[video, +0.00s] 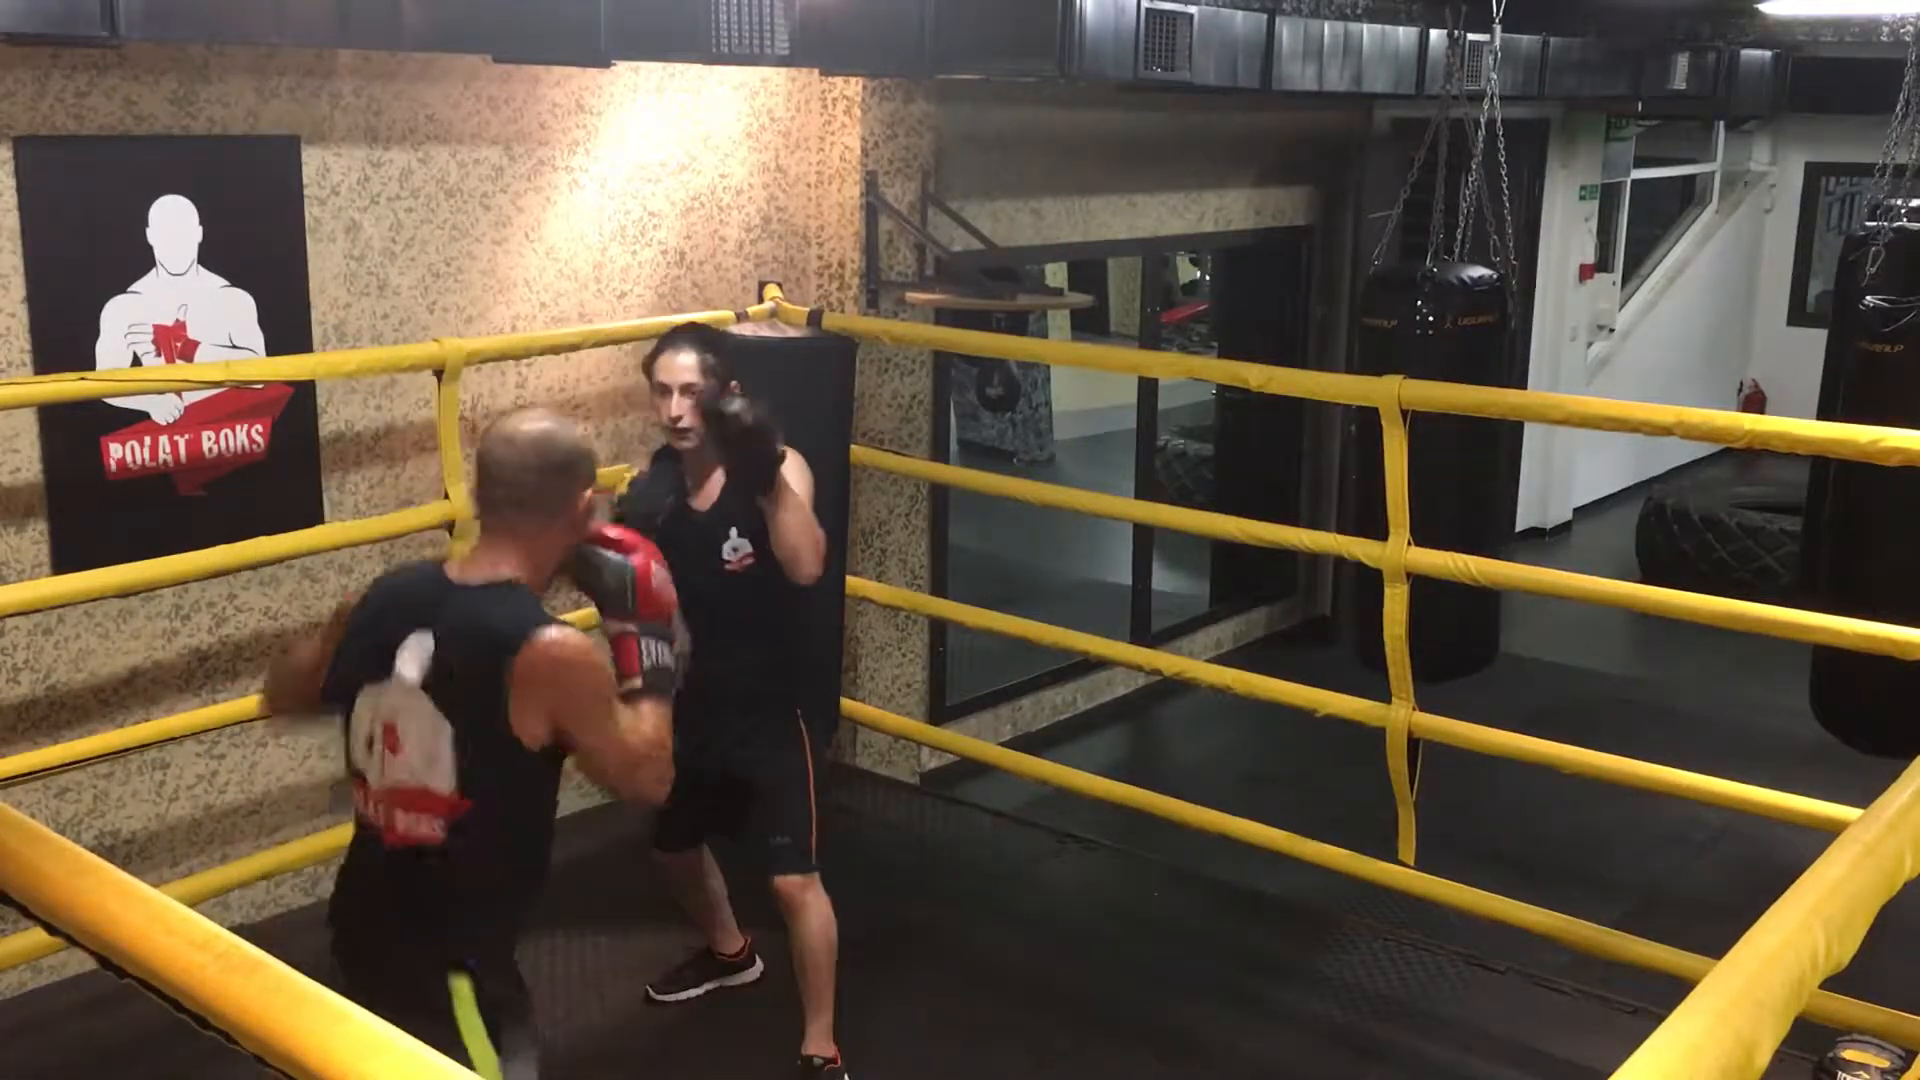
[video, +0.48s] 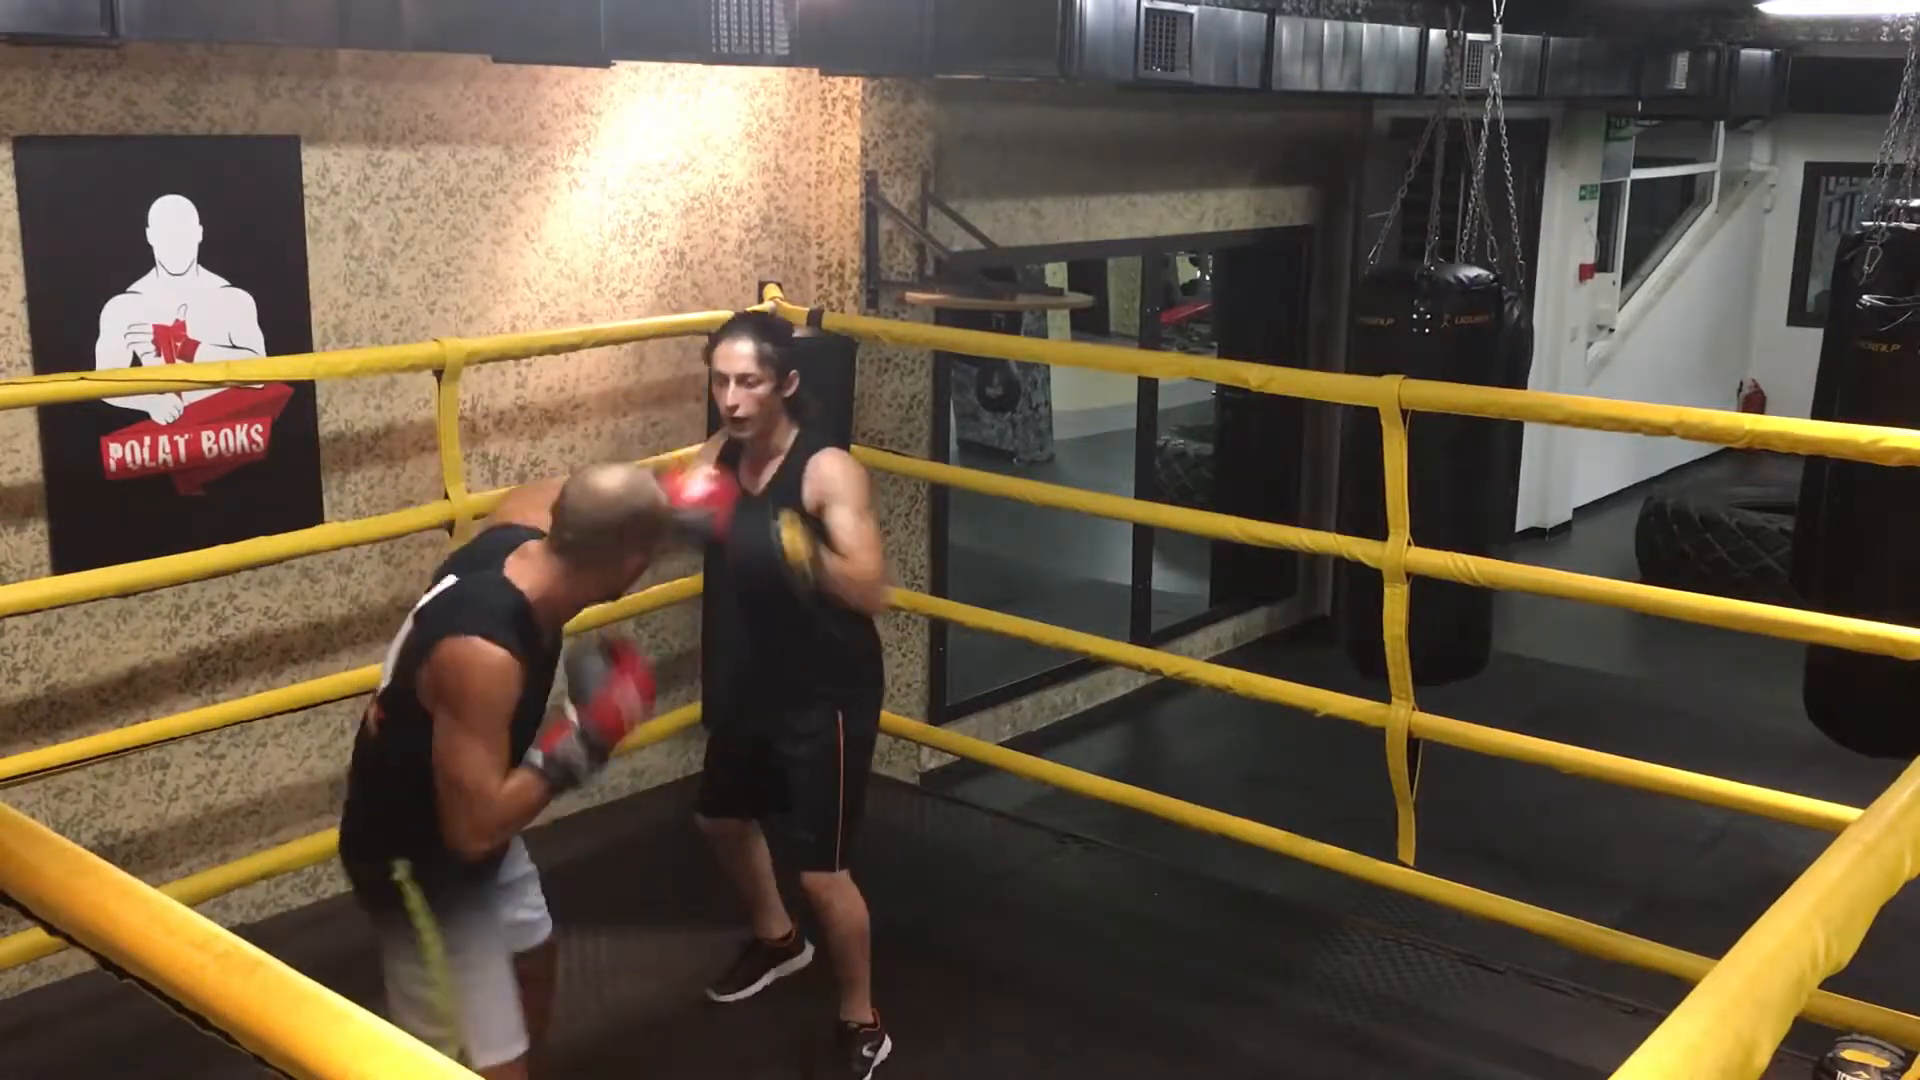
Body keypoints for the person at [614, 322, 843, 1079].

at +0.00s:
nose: (674, 408)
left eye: (689, 393)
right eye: (663, 393)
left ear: (726, 394)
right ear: (653, 397)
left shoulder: (778, 467)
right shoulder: (653, 486)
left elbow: (805, 566)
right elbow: (625, 594)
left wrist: (763, 467)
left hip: (777, 695)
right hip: (695, 692)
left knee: (792, 877)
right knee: (676, 840)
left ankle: (821, 1048)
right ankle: (729, 952)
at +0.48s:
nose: (730, 398)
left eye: (746, 382)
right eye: (721, 382)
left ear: (787, 386)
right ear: (712, 386)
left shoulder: (829, 470)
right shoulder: (721, 461)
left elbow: (870, 589)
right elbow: (650, 500)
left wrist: (798, 549)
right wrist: (670, 504)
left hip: (824, 697)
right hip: (743, 684)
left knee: (819, 871)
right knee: (724, 819)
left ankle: (861, 1020)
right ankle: (776, 940)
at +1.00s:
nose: (754, 382)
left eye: (768, 367)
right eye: (749, 367)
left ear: (811, 369)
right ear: (754, 370)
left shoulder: (834, 455)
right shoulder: (784, 441)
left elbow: (884, 569)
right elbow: (793, 537)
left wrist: (849, 677)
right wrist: (742, 530)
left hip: (826, 663)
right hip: (798, 650)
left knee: (797, 831)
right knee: (821, 802)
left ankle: (850, 1009)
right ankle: (866, 911)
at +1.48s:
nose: (648, 405)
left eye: (661, 389)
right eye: (639, 390)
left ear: (697, 386)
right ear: (633, 385)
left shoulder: (720, 468)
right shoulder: (667, 442)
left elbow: (749, 592)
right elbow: (687, 529)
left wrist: (698, 689)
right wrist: (643, 553)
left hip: (723, 649)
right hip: (697, 639)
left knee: (651, 786)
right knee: (698, 779)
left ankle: (654, 933)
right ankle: (802, 869)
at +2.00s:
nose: (615, 415)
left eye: (628, 399)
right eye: (605, 400)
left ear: (668, 388)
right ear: (599, 396)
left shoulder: (715, 446)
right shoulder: (614, 460)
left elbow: (733, 545)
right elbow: (609, 565)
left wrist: (665, 498)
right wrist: (607, 544)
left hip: (709, 653)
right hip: (646, 646)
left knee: (681, 818)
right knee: (595, 791)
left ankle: (730, 1005)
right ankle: (635, 912)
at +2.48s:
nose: (634, 436)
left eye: (648, 417)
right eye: (626, 418)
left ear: (696, 407)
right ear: (622, 414)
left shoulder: (751, 468)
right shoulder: (657, 483)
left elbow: (749, 576)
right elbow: (630, 601)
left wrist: (670, 506)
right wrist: (631, 555)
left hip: (762, 695)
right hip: (704, 690)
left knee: (729, 874)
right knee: (679, 858)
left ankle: (791, 1062)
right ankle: (778, 986)